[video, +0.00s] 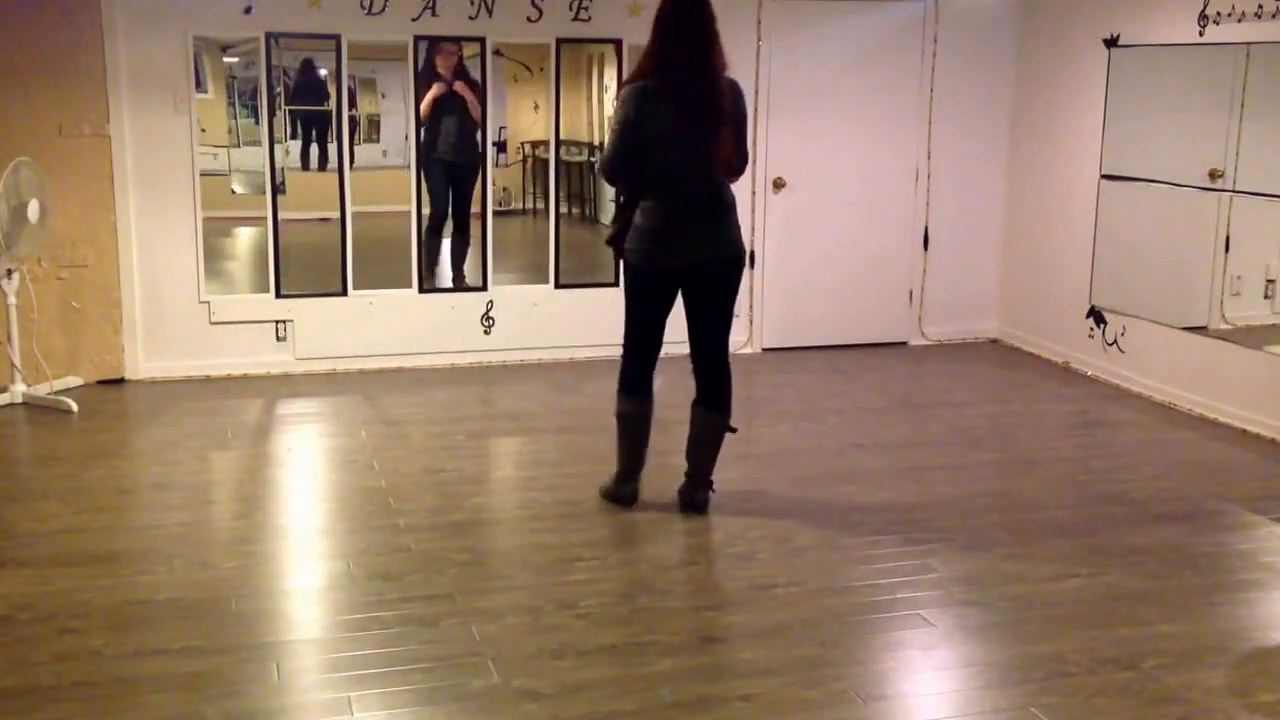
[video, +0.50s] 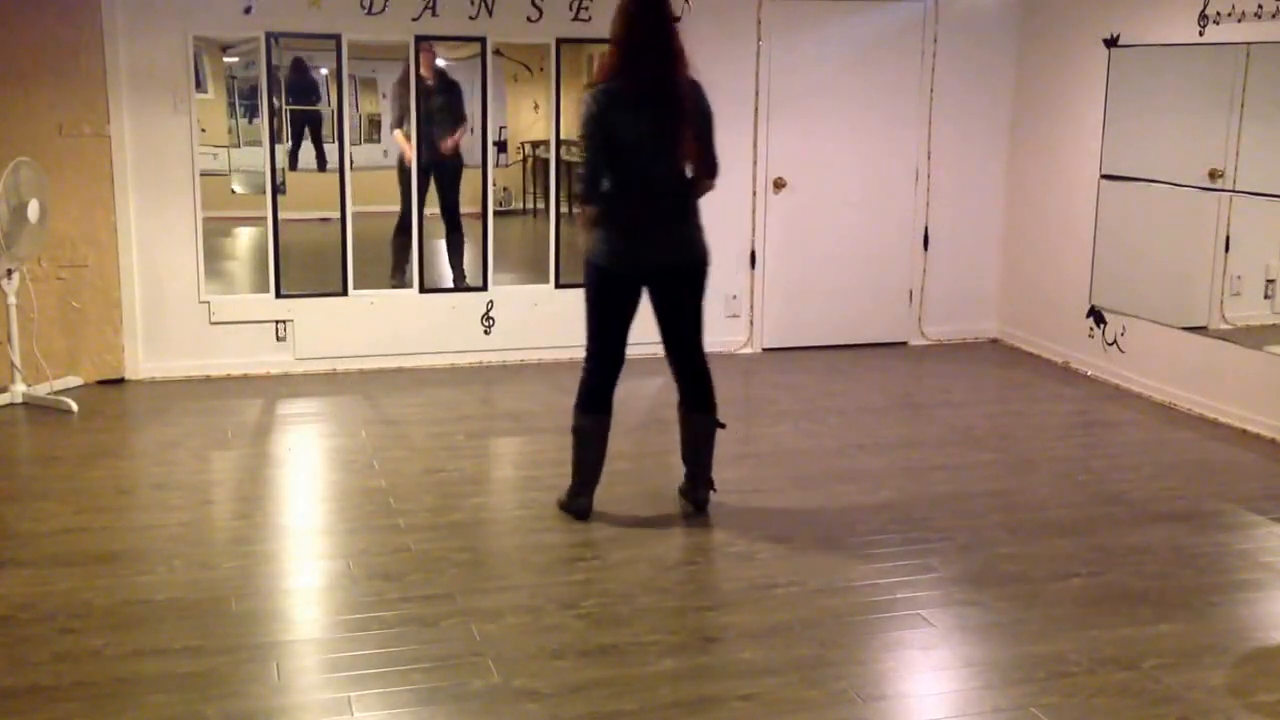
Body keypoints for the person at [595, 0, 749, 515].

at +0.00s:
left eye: (661, 26)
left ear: (658, 34)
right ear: (710, 36)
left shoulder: (640, 93)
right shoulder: (730, 92)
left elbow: (614, 168)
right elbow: (736, 165)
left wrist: (651, 180)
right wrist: (694, 166)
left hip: (651, 247)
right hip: (716, 247)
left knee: (638, 358)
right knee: (712, 361)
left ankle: (627, 478)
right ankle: (698, 483)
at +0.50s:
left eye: (617, 32)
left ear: (618, 38)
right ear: (670, 36)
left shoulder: (604, 98)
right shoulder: (690, 93)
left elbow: (591, 182)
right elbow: (708, 171)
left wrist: (590, 205)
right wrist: (674, 202)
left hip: (615, 249)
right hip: (678, 248)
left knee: (601, 364)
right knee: (689, 360)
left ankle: (582, 490)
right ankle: (698, 484)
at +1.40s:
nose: (561, 33)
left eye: (565, 26)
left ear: (565, 36)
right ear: (619, 35)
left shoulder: (550, 96)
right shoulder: (642, 95)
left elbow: (531, 180)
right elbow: (659, 177)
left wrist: (532, 222)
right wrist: (636, 220)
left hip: (558, 245)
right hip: (619, 247)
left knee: (569, 364)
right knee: (601, 356)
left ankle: (579, 493)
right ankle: (632, 479)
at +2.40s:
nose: (577, 33)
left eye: (581, 25)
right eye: (582, 23)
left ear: (586, 37)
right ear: (638, 37)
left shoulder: (564, 99)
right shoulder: (659, 97)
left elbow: (545, 194)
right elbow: (680, 184)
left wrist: (567, 240)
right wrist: (672, 236)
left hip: (589, 255)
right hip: (654, 254)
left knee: (589, 363)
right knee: (648, 364)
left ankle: (582, 489)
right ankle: (634, 486)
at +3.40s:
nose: (566, 35)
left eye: (572, 25)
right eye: (569, 24)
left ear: (582, 33)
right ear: (624, 34)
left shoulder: (560, 93)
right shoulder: (655, 96)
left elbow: (535, 175)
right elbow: (668, 182)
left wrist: (548, 223)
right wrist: (648, 233)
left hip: (562, 253)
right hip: (625, 255)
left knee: (572, 368)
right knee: (617, 360)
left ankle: (578, 493)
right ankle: (631, 482)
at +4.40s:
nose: (562, 39)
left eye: (567, 31)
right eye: (568, 29)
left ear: (574, 38)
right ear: (623, 36)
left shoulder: (570, 96)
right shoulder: (648, 95)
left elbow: (553, 174)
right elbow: (669, 169)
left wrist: (534, 223)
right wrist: (632, 200)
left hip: (572, 246)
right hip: (628, 248)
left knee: (578, 364)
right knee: (608, 358)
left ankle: (578, 492)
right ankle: (629, 481)